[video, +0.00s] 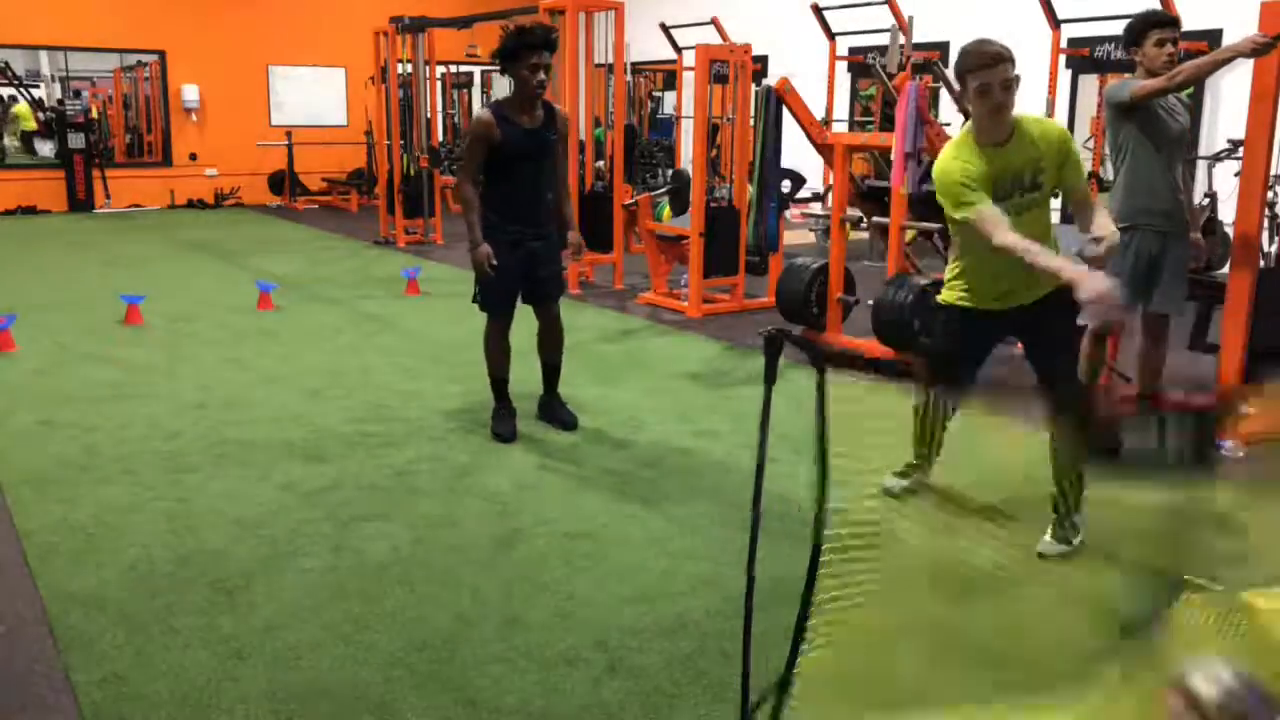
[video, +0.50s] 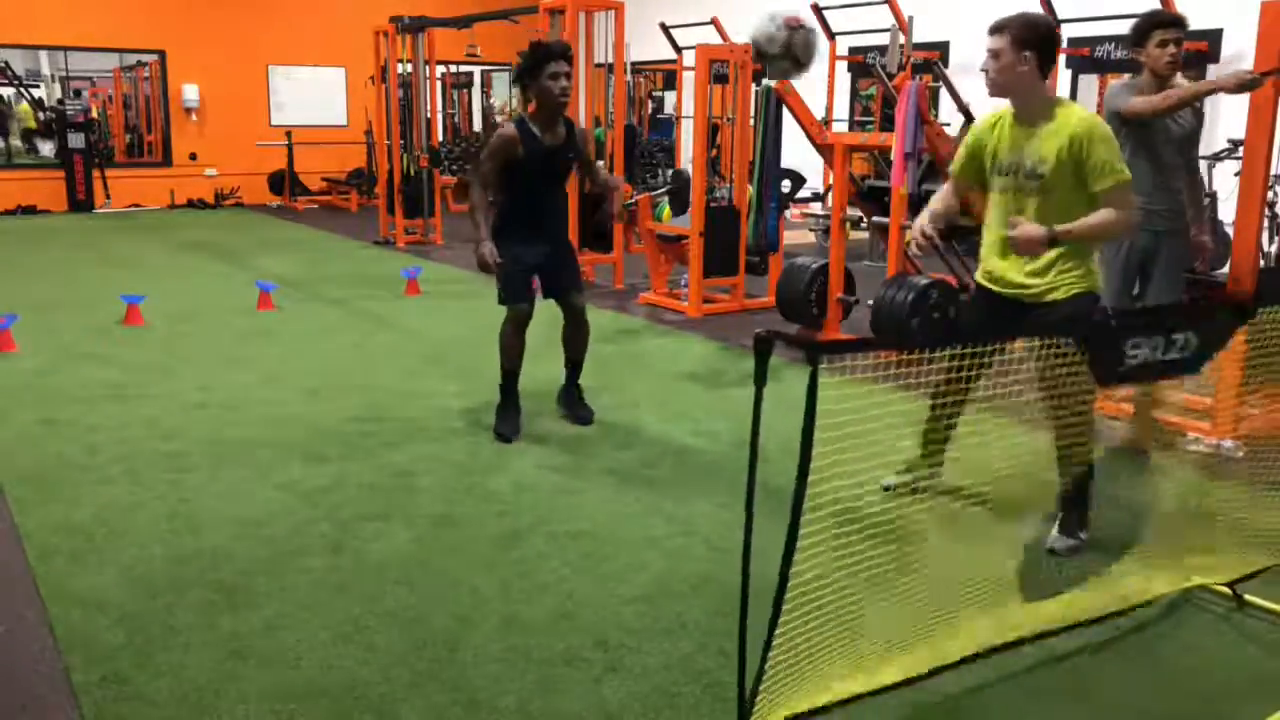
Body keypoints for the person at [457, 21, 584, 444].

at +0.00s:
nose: (540, 78)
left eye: (545, 69)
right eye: (531, 69)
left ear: (551, 72)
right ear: (509, 70)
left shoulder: (556, 121)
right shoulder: (487, 123)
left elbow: (560, 181)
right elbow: (467, 182)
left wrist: (570, 227)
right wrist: (476, 242)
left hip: (544, 240)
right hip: (500, 242)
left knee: (550, 318)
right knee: (498, 325)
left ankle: (551, 398)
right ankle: (502, 406)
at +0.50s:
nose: (564, 84)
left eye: (567, 77)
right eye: (554, 77)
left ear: (572, 84)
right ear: (531, 86)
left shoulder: (574, 136)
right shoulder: (508, 139)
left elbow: (590, 174)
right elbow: (479, 186)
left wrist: (609, 183)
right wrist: (483, 238)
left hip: (555, 238)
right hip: (513, 241)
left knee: (577, 310)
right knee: (519, 314)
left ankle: (571, 389)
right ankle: (509, 400)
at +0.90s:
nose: (562, 76)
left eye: (564, 69)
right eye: (552, 69)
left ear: (570, 75)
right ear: (532, 78)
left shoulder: (576, 127)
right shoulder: (524, 130)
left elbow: (585, 177)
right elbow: (512, 186)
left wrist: (620, 164)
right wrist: (535, 196)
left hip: (575, 235)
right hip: (538, 236)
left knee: (596, 305)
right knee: (534, 308)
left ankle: (573, 389)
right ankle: (510, 373)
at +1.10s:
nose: (586, 78)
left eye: (590, 70)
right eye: (579, 70)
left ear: (592, 70)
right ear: (556, 71)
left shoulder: (600, 115)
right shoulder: (538, 122)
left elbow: (622, 164)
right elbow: (522, 173)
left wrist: (630, 165)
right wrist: (530, 208)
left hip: (598, 226)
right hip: (557, 228)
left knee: (617, 300)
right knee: (551, 304)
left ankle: (616, 376)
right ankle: (522, 362)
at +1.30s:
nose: (616, 104)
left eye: (619, 96)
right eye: (610, 96)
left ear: (621, 98)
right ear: (589, 96)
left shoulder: (624, 138)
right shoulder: (557, 135)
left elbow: (634, 181)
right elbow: (525, 175)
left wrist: (645, 203)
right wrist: (515, 225)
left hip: (604, 226)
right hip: (569, 226)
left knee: (624, 296)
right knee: (613, 288)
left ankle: (620, 379)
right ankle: (599, 366)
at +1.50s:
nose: (615, 117)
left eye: (620, 109)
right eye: (607, 109)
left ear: (626, 109)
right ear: (587, 108)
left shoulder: (629, 152)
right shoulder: (560, 147)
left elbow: (631, 199)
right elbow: (533, 182)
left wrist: (635, 232)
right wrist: (527, 216)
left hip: (603, 228)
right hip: (565, 229)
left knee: (635, 288)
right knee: (609, 278)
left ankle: (658, 369)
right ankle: (633, 368)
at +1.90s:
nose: (428, 102)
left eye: (435, 94)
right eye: (428, 94)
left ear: (456, 99)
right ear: (433, 100)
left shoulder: (485, 141)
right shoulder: (426, 137)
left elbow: (538, 166)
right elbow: (371, 138)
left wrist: (577, 166)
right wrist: (345, 113)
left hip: (491, 234)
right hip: (466, 236)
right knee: (497, 305)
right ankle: (534, 360)